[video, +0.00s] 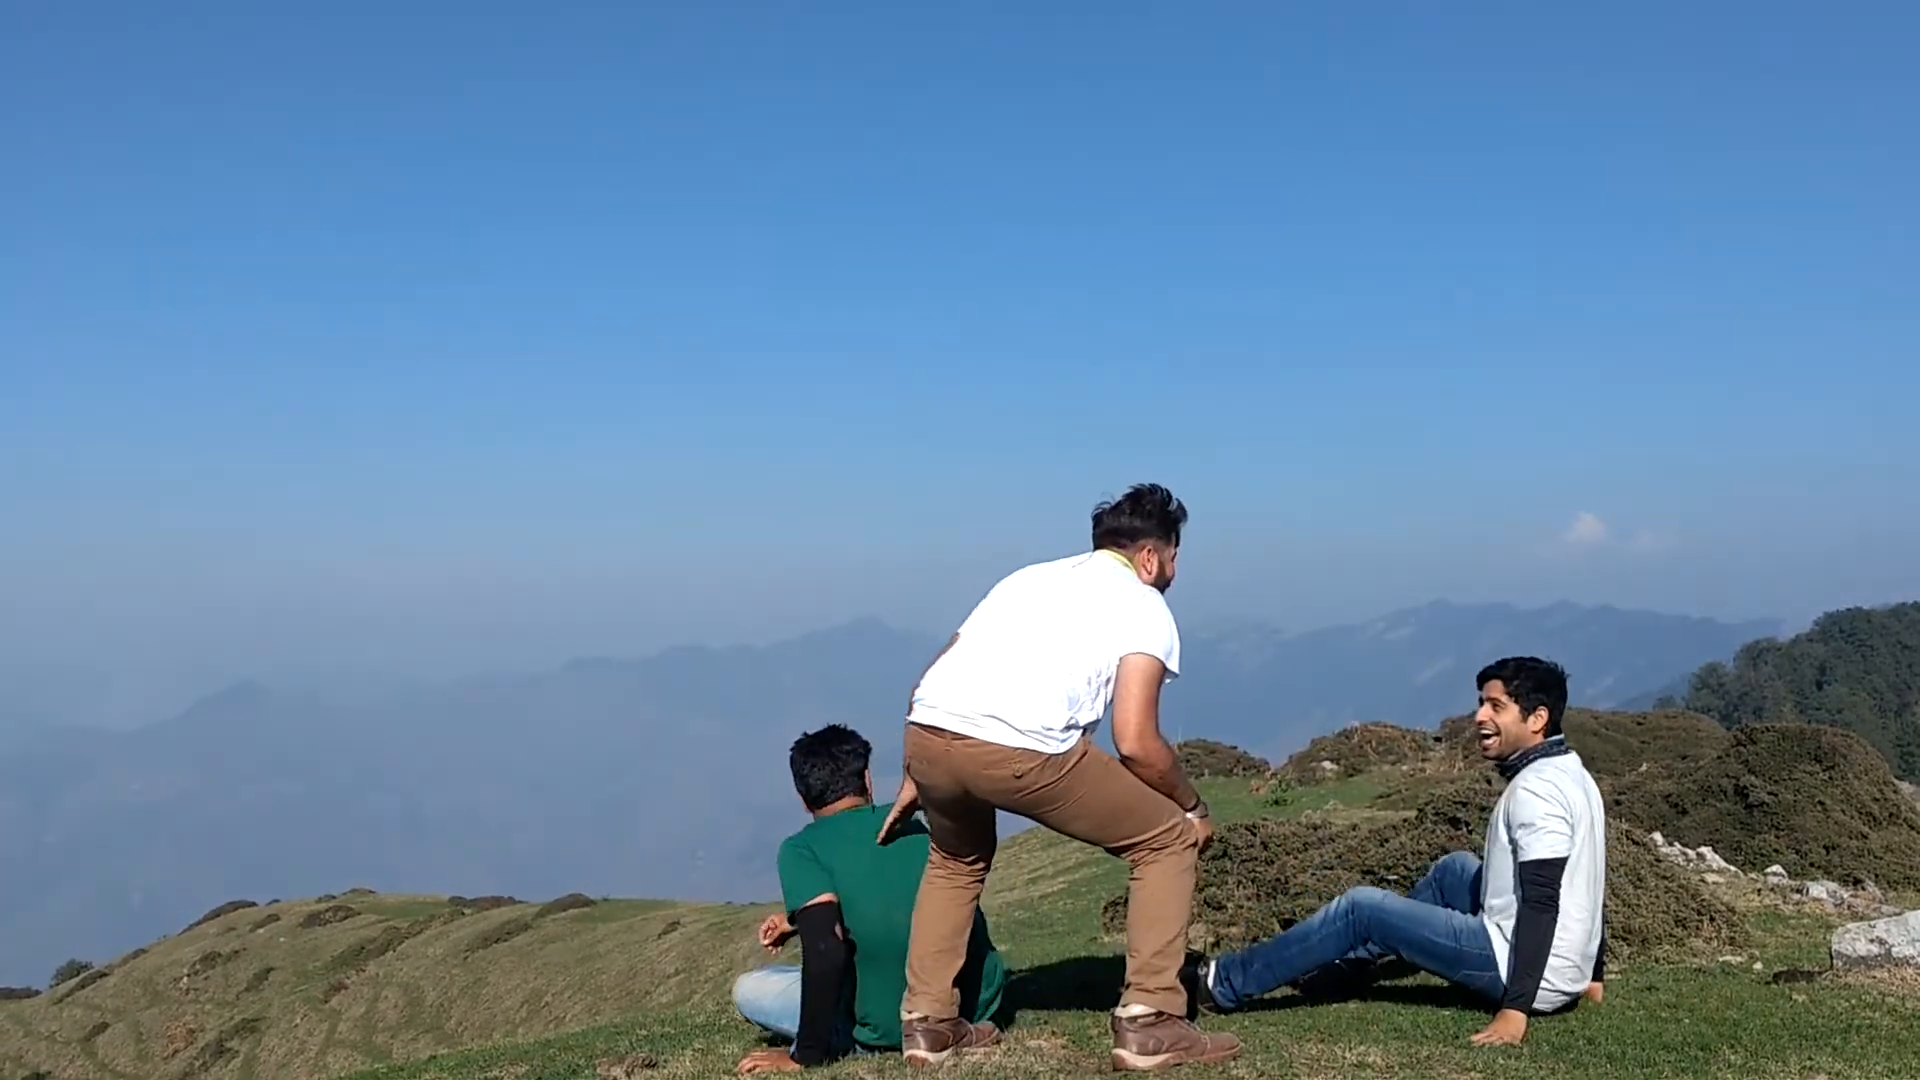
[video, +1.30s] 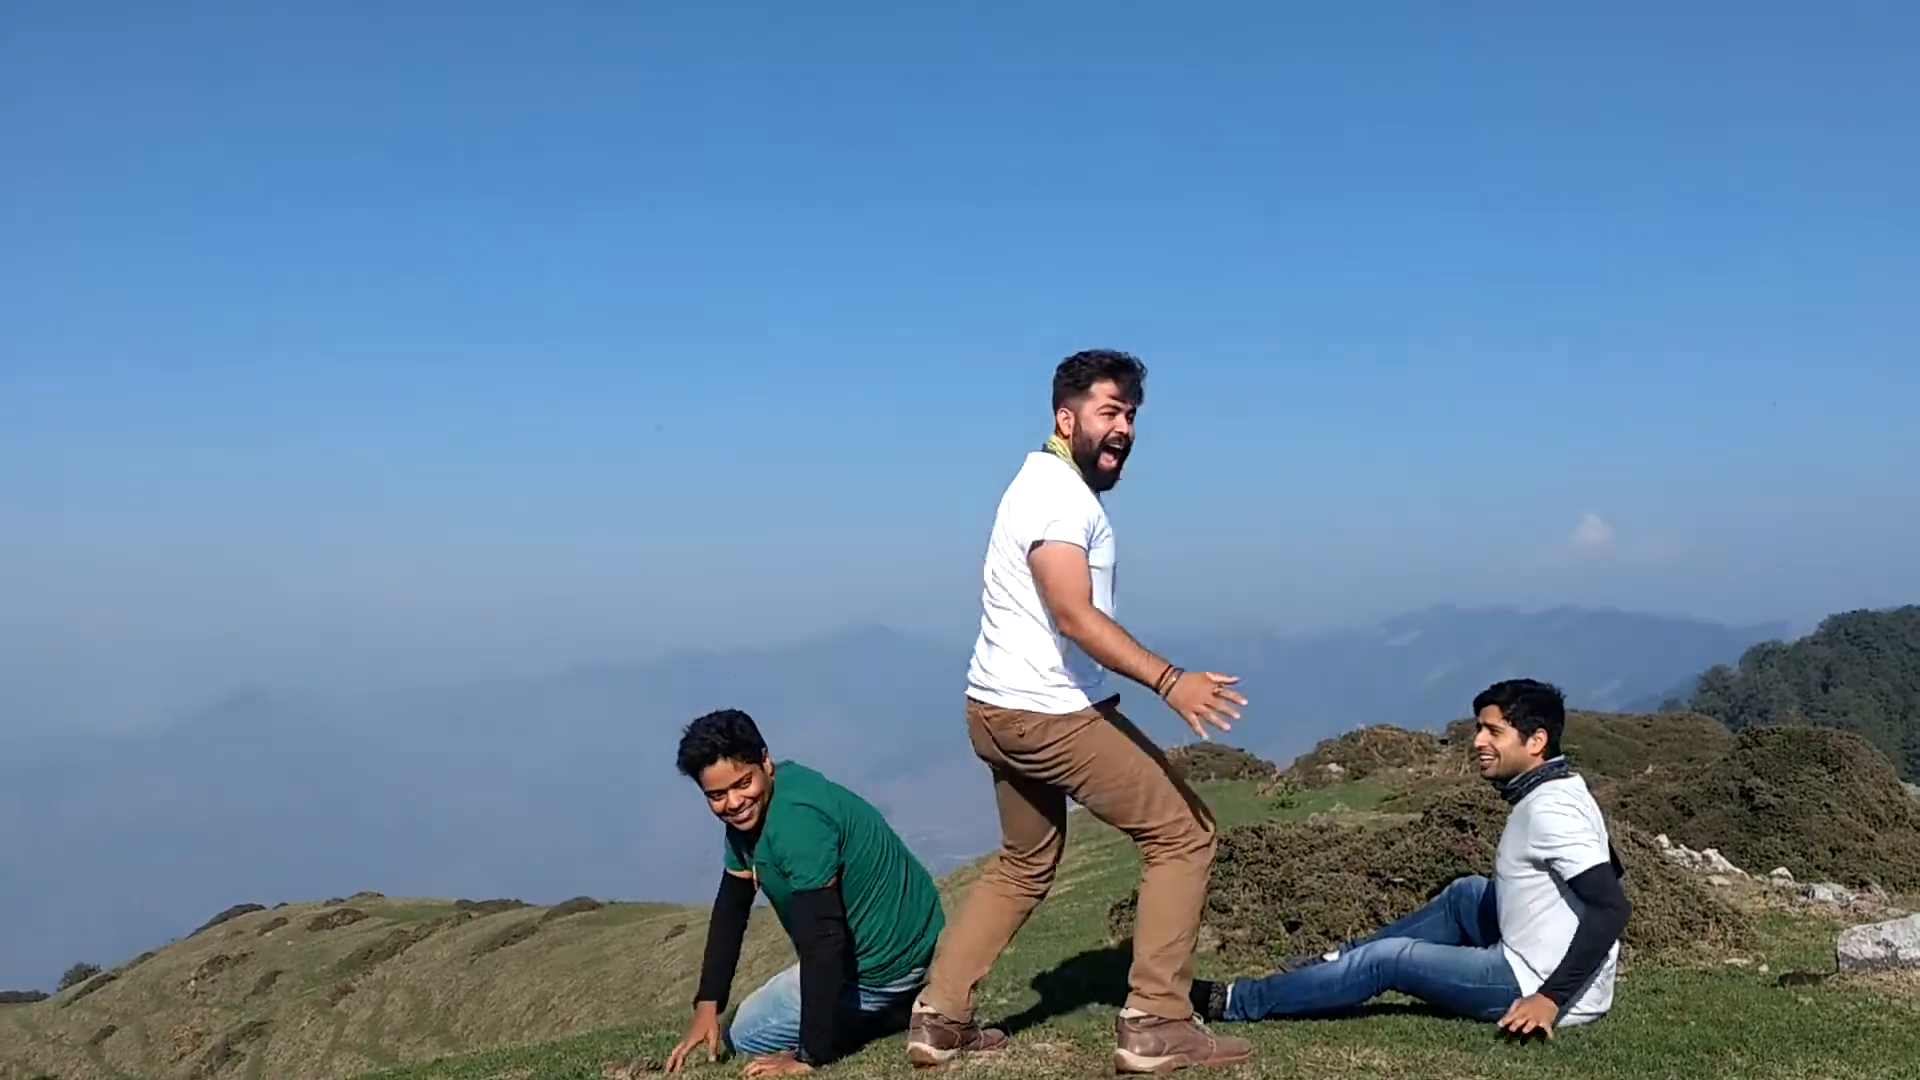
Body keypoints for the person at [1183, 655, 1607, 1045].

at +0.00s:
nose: (1480, 718)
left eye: (1495, 706)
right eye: (1481, 705)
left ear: (1539, 718)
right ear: (1537, 720)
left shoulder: (1534, 792)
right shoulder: (1572, 775)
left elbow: (1540, 904)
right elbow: (1591, 883)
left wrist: (1513, 1013)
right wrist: (1592, 976)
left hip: (1516, 971)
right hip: (1555, 966)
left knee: (1360, 907)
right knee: (1457, 868)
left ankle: (1218, 983)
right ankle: (1349, 966)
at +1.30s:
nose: (1478, 743)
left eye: (1492, 731)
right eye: (1478, 730)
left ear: (1537, 742)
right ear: (1536, 744)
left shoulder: (1552, 809)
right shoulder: (1553, 790)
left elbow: (1611, 905)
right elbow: (1604, 887)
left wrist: (1551, 997)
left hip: (1543, 985)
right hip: (1544, 950)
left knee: (1389, 957)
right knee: (1466, 895)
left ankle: (1229, 1001)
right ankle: (1352, 963)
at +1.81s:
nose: (1514, 740)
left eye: (1527, 725)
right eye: (1504, 728)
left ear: (1563, 727)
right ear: (1496, 731)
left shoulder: (1572, 791)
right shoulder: (1554, 776)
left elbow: (1602, 901)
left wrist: (1596, 1006)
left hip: (1543, 969)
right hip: (1536, 931)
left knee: (1385, 918)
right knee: (1465, 871)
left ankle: (1244, 992)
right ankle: (1382, 970)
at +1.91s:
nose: (1514, 732)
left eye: (1527, 717)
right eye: (1504, 721)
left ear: (1561, 718)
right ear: (1496, 725)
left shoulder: (1568, 786)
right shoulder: (1556, 773)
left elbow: (1594, 899)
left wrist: (1598, 1007)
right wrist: (1582, 974)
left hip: (1530, 952)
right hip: (1532, 924)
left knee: (1394, 852)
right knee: (1452, 829)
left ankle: (1299, 983)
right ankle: (1378, 966)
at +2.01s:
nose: (1510, 725)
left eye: (1523, 710)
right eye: (1499, 713)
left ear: (1554, 711)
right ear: (1490, 719)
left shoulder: (1555, 783)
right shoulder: (1546, 770)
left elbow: (1581, 899)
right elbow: (1572, 886)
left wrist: (1596, 1007)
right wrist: (1579, 974)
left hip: (1508, 942)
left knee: (1390, 819)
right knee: (1412, 813)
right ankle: (1425, 977)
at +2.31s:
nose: (1451, 719)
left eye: (1463, 704)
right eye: (1438, 709)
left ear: (1491, 707)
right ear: (1430, 718)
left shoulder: (1507, 779)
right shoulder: (1488, 772)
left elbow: (1524, 891)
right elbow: (1538, 889)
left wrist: (1547, 988)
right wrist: (1570, 976)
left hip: (1481, 942)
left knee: (1356, 851)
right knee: (1365, 846)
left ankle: (1426, 988)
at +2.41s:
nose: (1422, 712)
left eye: (1434, 697)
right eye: (1410, 702)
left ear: (1462, 699)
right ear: (1401, 712)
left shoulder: (1476, 769)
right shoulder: (1481, 760)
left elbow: (1461, 863)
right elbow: (1515, 872)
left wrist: (1432, 943)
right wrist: (1557, 962)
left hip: (1473, 945)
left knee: (1357, 853)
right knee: (1371, 851)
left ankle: (1411, 987)